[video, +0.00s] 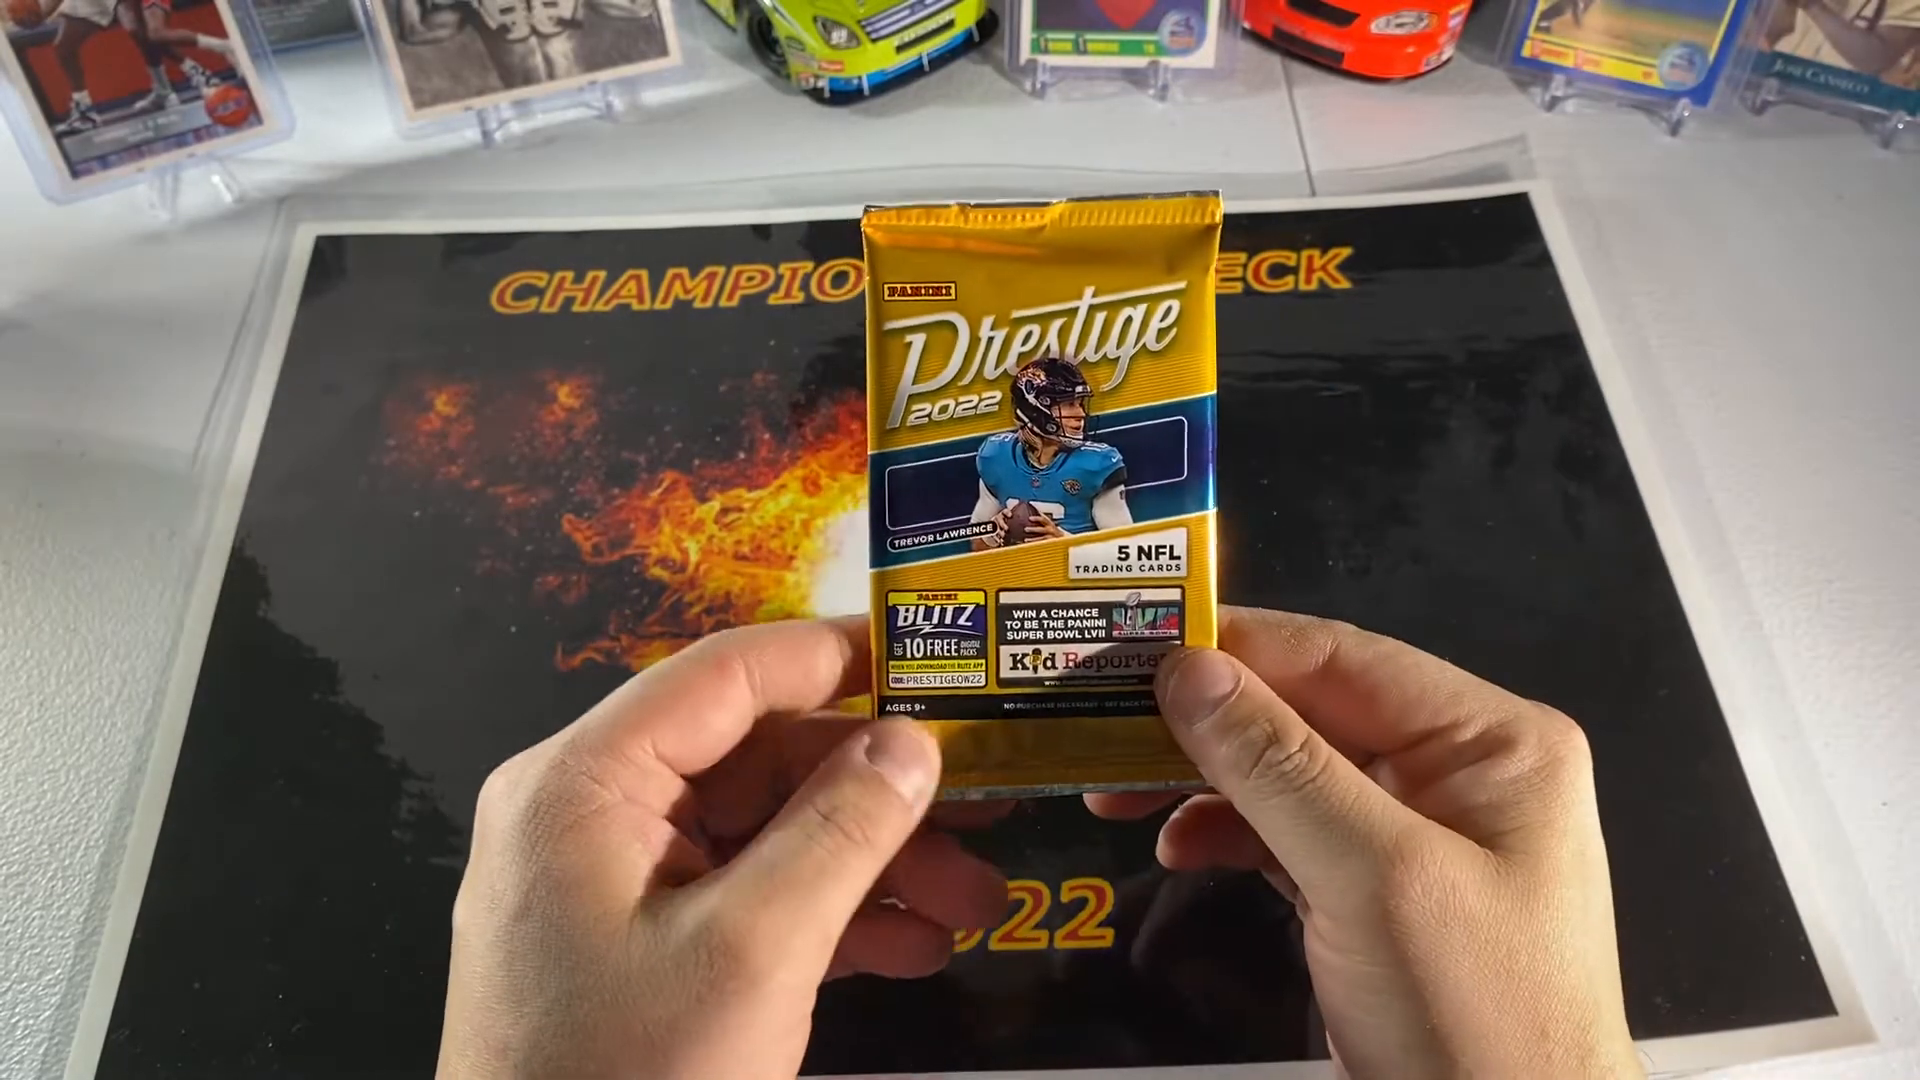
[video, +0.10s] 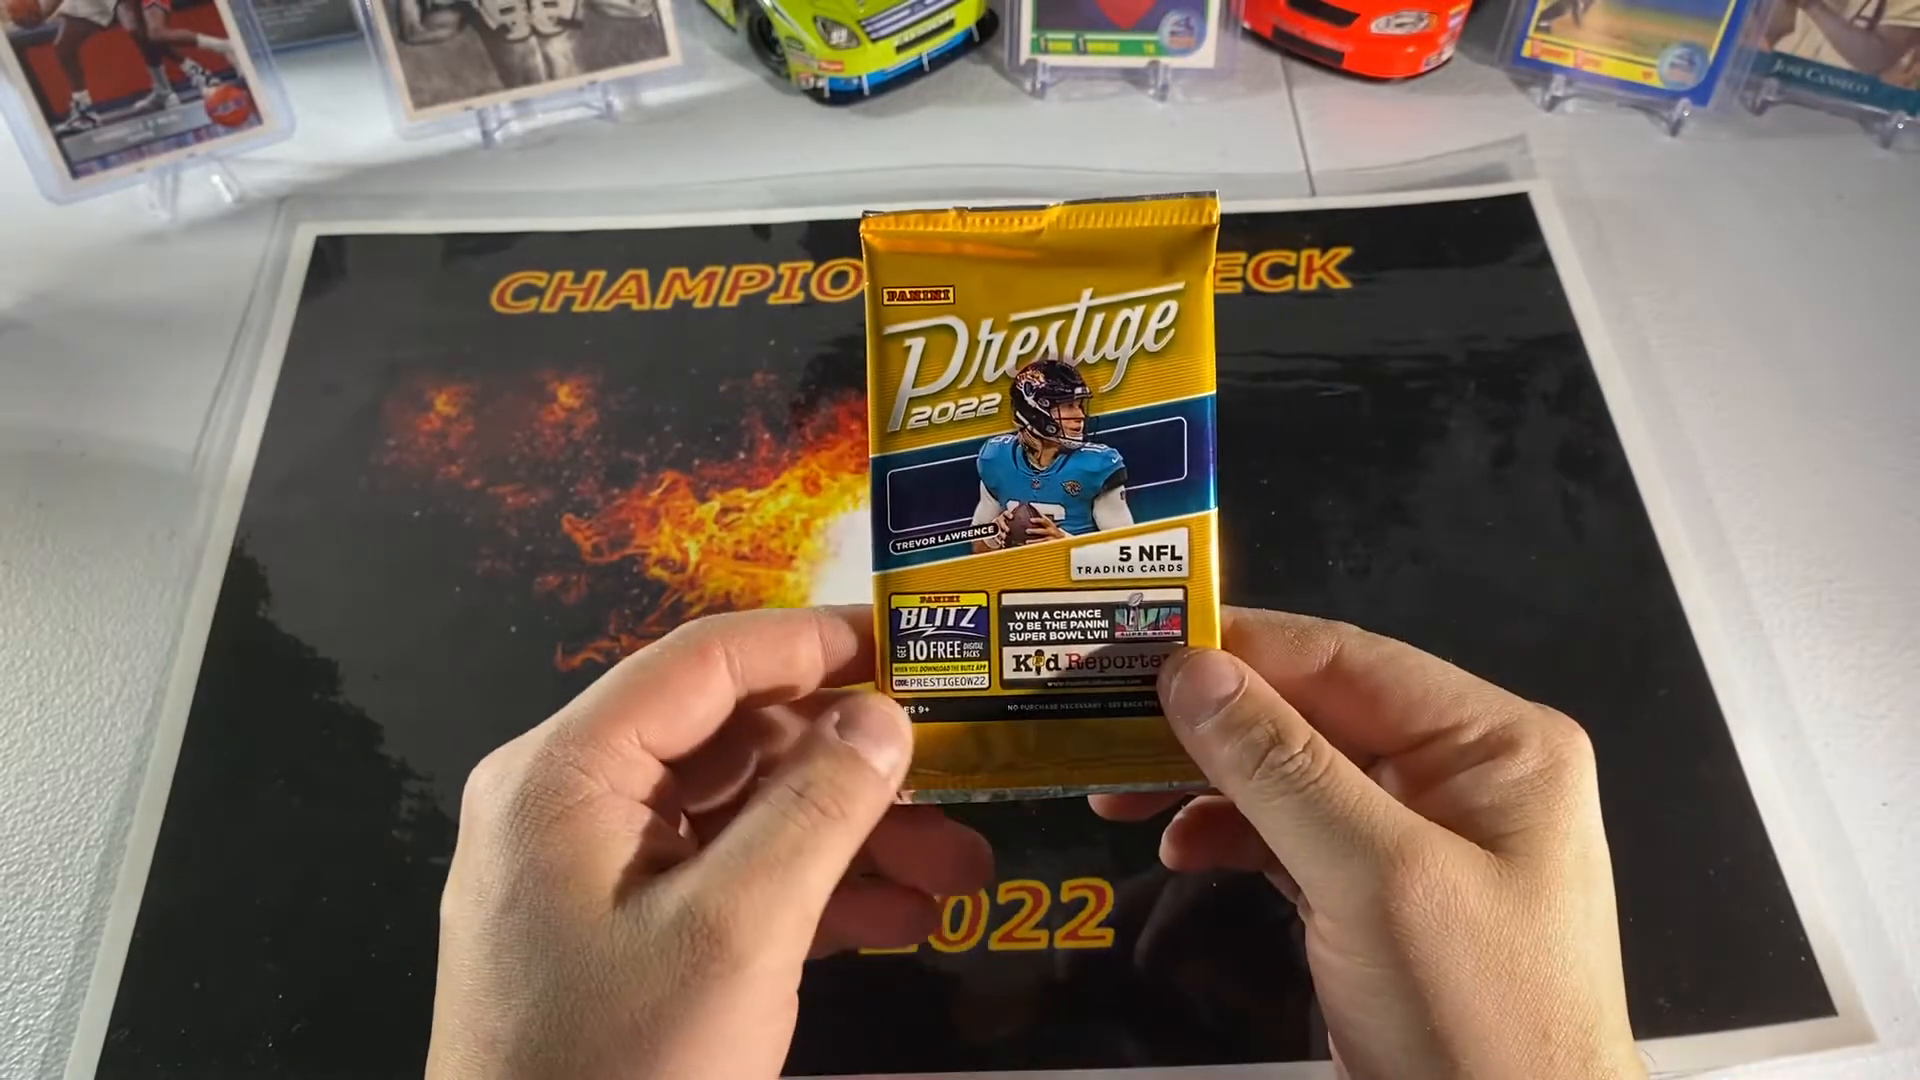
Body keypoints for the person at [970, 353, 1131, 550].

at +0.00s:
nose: (1080, 414)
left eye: (1080, 404)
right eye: (1066, 405)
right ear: (1035, 409)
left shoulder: (1098, 464)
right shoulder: (994, 455)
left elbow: (1124, 545)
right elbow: (977, 543)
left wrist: (1066, 540)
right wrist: (996, 533)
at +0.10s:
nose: (1079, 415)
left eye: (1079, 405)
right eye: (1065, 406)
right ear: (1034, 410)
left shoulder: (1098, 465)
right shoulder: (995, 458)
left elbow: (1125, 547)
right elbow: (978, 547)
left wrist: (1068, 541)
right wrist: (997, 536)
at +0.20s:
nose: (1073, 418)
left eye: (1072, 407)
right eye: (1059, 408)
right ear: (1027, 414)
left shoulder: (1093, 467)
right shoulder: (989, 461)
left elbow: (1121, 550)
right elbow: (974, 549)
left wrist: (1064, 544)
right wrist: (993, 538)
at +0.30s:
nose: (1069, 416)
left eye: (1069, 406)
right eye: (1055, 407)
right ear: (1024, 414)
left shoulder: (1090, 465)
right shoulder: (987, 460)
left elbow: (1118, 548)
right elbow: (971, 547)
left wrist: (1061, 543)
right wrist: (991, 538)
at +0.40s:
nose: (1071, 417)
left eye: (1071, 407)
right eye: (1058, 407)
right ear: (1027, 413)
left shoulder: (1091, 466)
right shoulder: (987, 459)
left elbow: (1119, 548)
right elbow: (972, 547)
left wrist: (1062, 543)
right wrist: (991, 537)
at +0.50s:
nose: (1072, 417)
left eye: (1071, 407)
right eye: (1058, 408)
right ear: (1026, 414)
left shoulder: (1092, 466)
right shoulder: (988, 460)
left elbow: (1119, 548)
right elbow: (973, 548)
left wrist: (1063, 543)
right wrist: (992, 538)